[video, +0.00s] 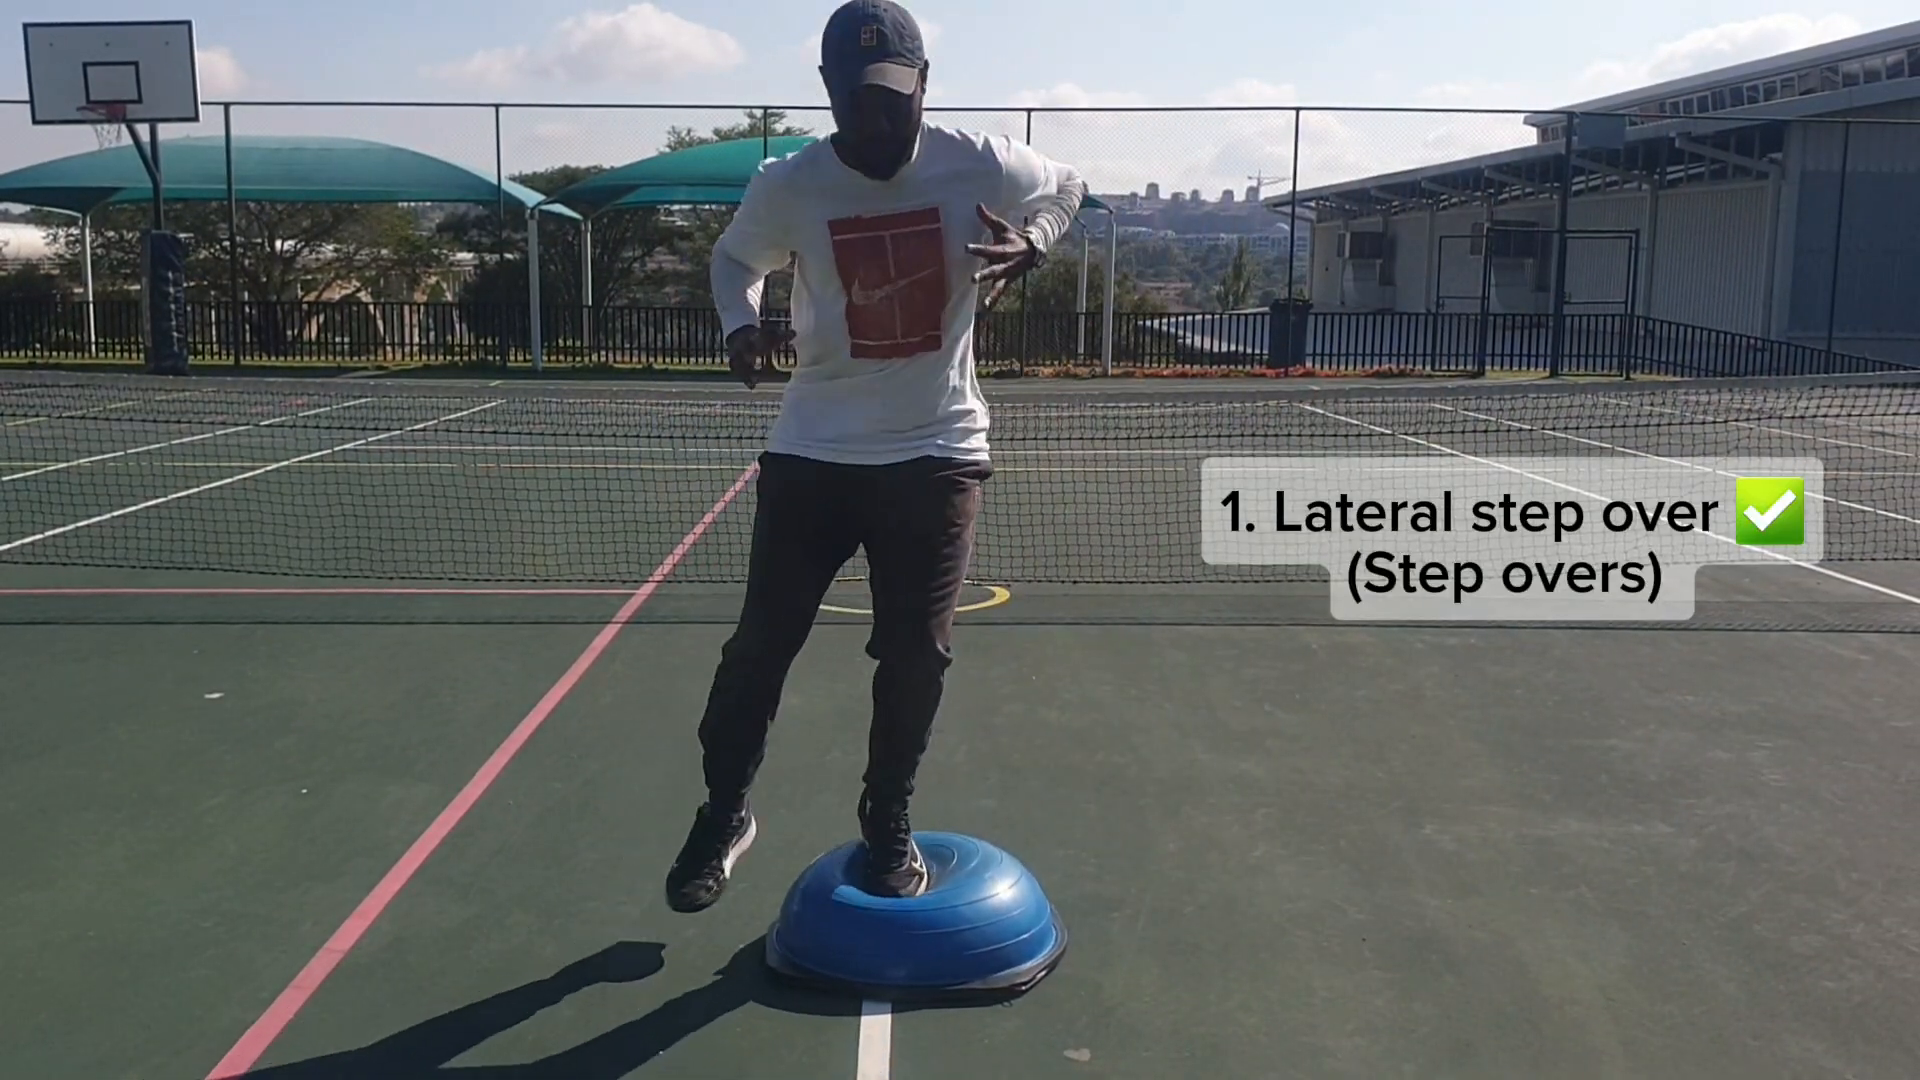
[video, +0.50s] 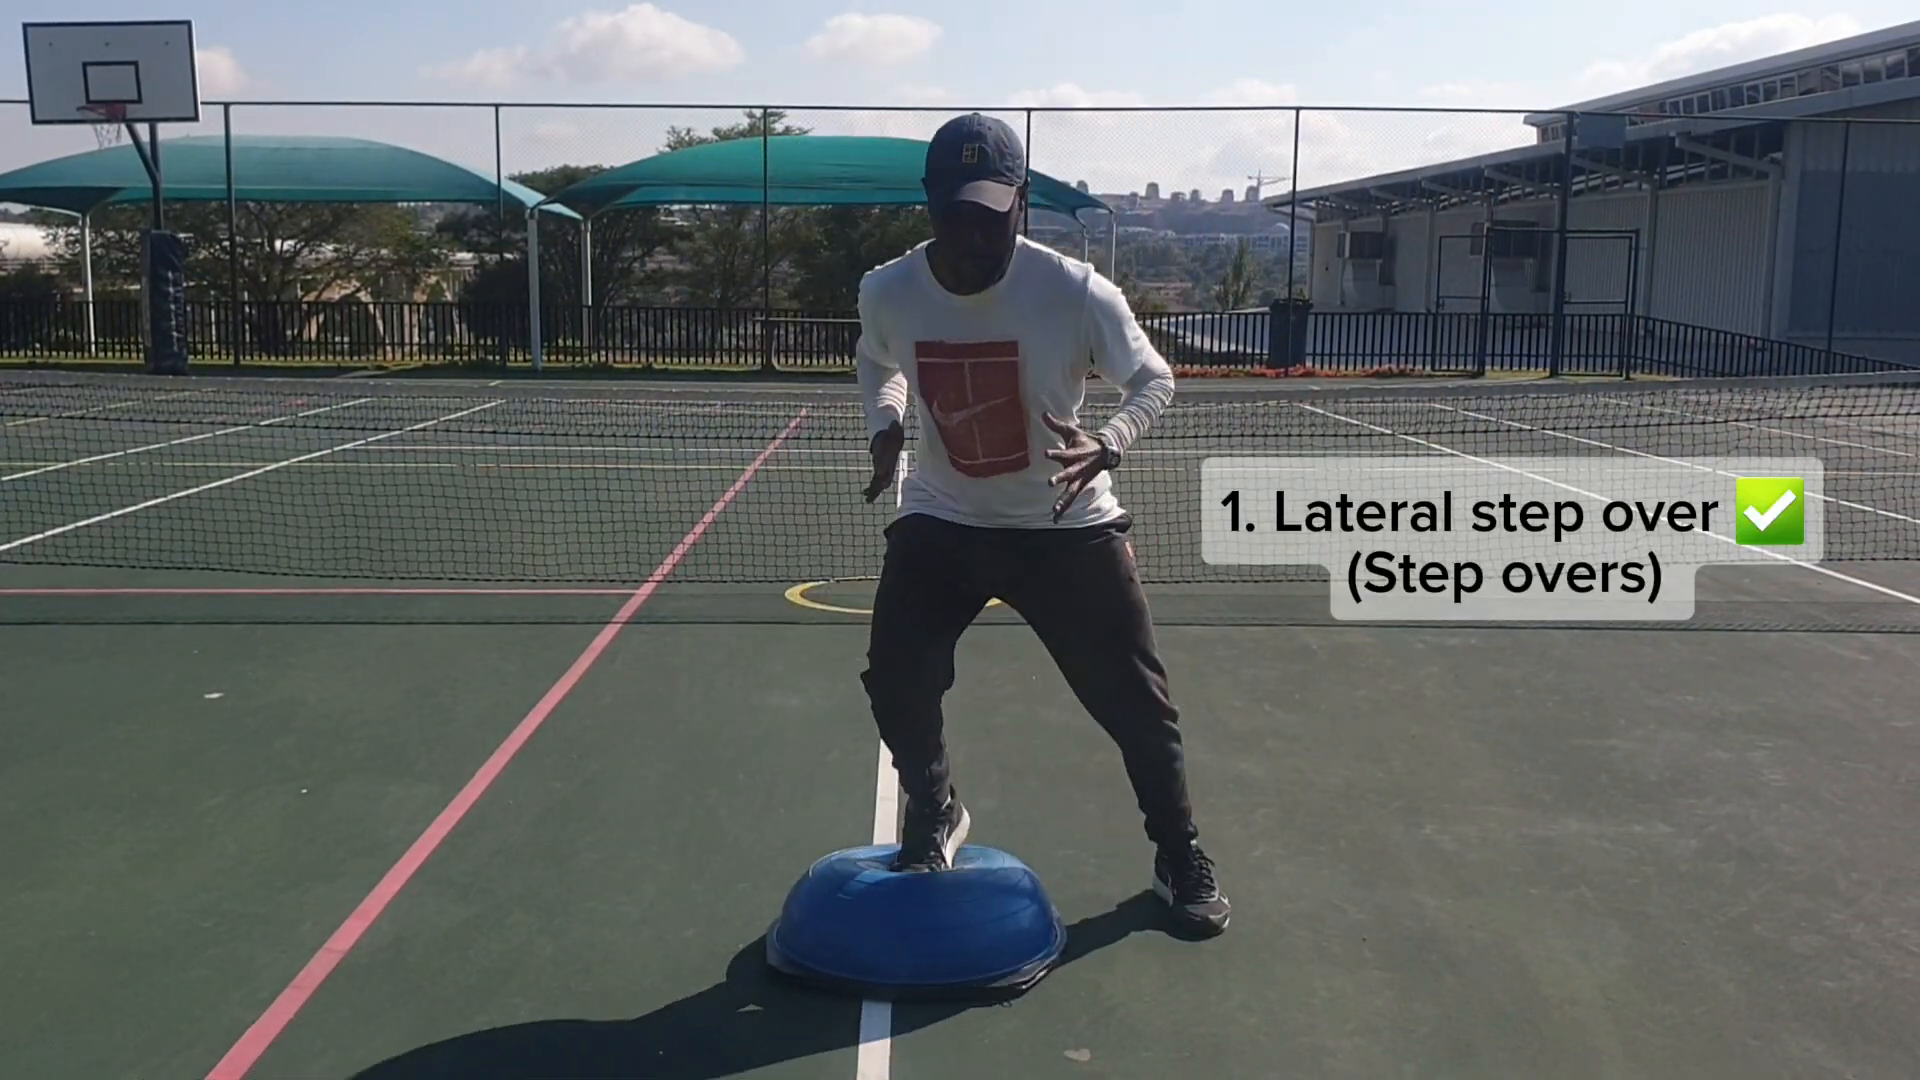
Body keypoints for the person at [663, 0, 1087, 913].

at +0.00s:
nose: (891, 119)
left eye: (904, 98)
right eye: (869, 100)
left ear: (927, 86)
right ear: (832, 94)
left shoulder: (975, 165)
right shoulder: (787, 186)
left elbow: (1065, 190)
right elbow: (735, 261)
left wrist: (1034, 238)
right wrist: (743, 320)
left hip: (936, 447)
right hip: (813, 448)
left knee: (916, 654)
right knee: (763, 640)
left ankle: (888, 827)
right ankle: (723, 815)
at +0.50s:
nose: (976, 235)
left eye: (994, 216)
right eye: (959, 215)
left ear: (1022, 206)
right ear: (930, 206)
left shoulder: (1079, 294)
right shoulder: (885, 295)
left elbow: (1152, 382)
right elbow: (876, 369)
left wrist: (1113, 435)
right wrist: (886, 424)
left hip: (1066, 524)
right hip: (941, 521)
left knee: (1139, 699)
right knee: (897, 679)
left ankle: (1180, 856)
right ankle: (929, 807)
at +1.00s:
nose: (826, 176)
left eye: (842, 157)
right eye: (806, 158)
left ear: (867, 146)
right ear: (771, 149)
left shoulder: (915, 232)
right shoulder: (718, 233)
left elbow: (969, 275)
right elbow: (700, 285)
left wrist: (936, 348)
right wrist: (710, 376)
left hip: (864, 495)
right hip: (738, 502)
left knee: (911, 671)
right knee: (664, 699)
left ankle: (862, 809)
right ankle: (601, 878)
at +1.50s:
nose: (953, 97)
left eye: (968, 79)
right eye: (935, 79)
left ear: (992, 64)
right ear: (900, 60)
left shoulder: (1035, 143)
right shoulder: (841, 152)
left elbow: (1102, 198)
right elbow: (761, 204)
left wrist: (1077, 258)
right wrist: (775, 295)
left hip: (1018, 397)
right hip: (896, 405)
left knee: (1071, 587)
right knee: (900, 611)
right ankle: (933, 771)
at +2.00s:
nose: (944, 96)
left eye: (961, 80)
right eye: (928, 76)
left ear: (987, 69)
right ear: (897, 59)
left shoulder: (1030, 150)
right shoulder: (842, 143)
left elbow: (1106, 208)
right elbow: (803, 180)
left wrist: (1063, 262)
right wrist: (804, 281)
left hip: (995, 399)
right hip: (874, 408)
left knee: (1053, 591)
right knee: (870, 615)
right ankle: (911, 769)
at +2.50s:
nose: (867, 131)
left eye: (883, 113)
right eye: (850, 113)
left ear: (913, 108)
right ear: (819, 108)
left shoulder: (963, 209)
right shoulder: (766, 204)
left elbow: (1006, 279)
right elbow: (709, 294)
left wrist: (977, 311)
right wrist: (738, 339)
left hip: (905, 469)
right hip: (782, 474)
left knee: (912, 662)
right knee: (727, 670)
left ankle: (875, 826)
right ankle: (667, 841)